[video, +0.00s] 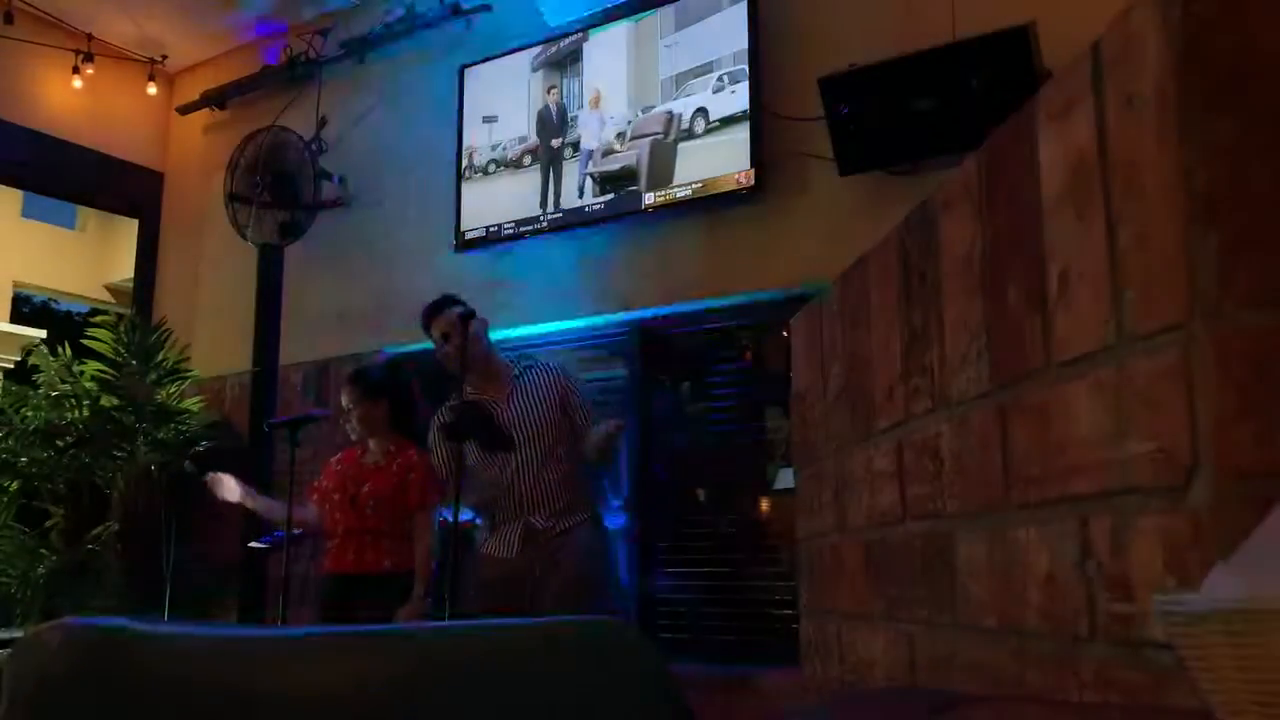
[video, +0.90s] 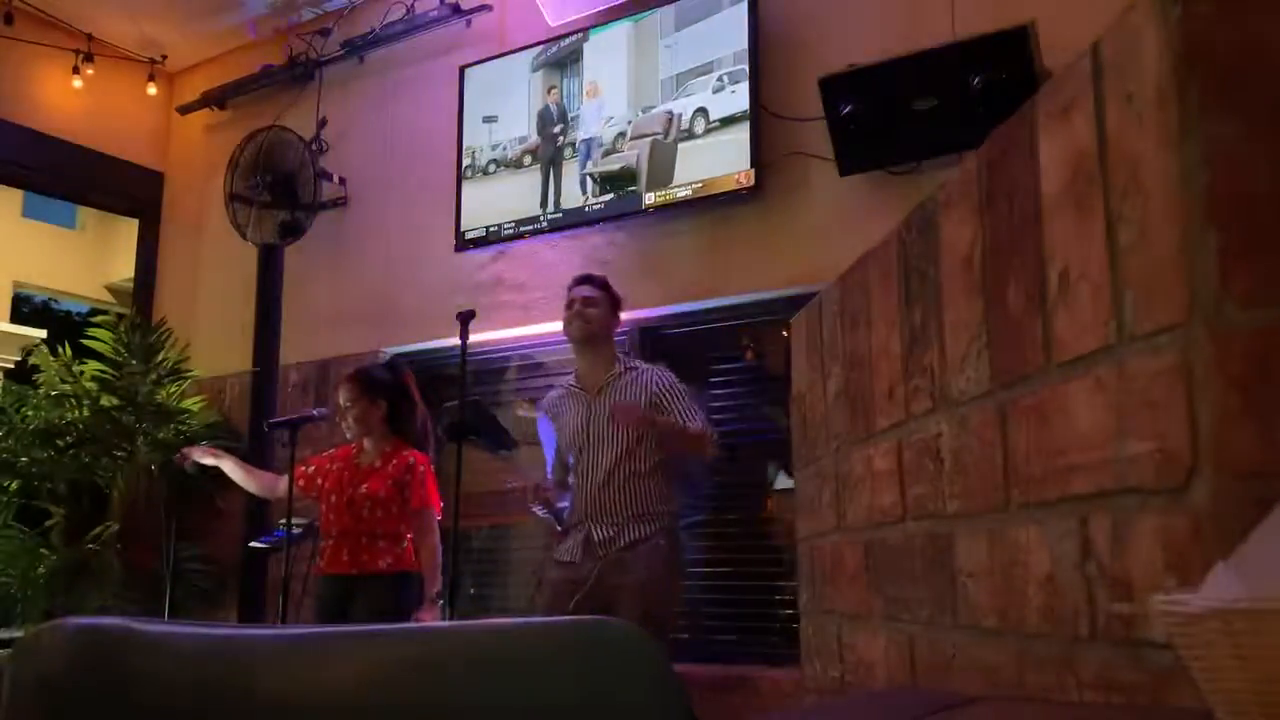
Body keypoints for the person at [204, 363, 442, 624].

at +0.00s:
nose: (345, 418)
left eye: (352, 409)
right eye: (343, 410)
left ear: (380, 406)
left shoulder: (414, 463)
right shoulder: (341, 464)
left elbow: (424, 534)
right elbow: (312, 517)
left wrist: (419, 598)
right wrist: (246, 496)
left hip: (390, 582)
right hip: (339, 582)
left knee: (389, 680)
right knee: (337, 680)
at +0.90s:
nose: (341, 416)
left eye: (349, 406)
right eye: (339, 408)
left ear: (379, 409)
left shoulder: (412, 465)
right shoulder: (335, 462)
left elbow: (428, 536)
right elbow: (275, 487)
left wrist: (431, 600)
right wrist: (219, 459)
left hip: (389, 585)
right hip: (334, 585)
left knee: (383, 679)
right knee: (331, 676)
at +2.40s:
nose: (356, 408)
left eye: (367, 400)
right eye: (355, 400)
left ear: (397, 404)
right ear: (354, 401)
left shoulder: (420, 465)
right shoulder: (338, 458)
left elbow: (431, 540)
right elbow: (300, 513)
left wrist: (437, 605)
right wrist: (239, 490)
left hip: (393, 587)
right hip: (334, 587)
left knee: (388, 686)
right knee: (329, 684)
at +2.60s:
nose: (355, 414)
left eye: (364, 405)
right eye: (354, 405)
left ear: (395, 406)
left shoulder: (419, 465)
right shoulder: (343, 459)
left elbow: (431, 538)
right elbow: (301, 512)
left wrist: (437, 603)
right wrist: (241, 489)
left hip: (391, 588)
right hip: (335, 586)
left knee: (386, 685)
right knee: (326, 682)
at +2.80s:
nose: (354, 415)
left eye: (362, 406)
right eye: (353, 407)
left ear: (393, 406)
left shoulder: (417, 464)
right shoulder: (348, 458)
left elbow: (427, 539)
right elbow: (307, 512)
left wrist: (423, 605)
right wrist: (244, 490)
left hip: (388, 588)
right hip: (335, 586)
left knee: (382, 684)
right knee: (328, 683)